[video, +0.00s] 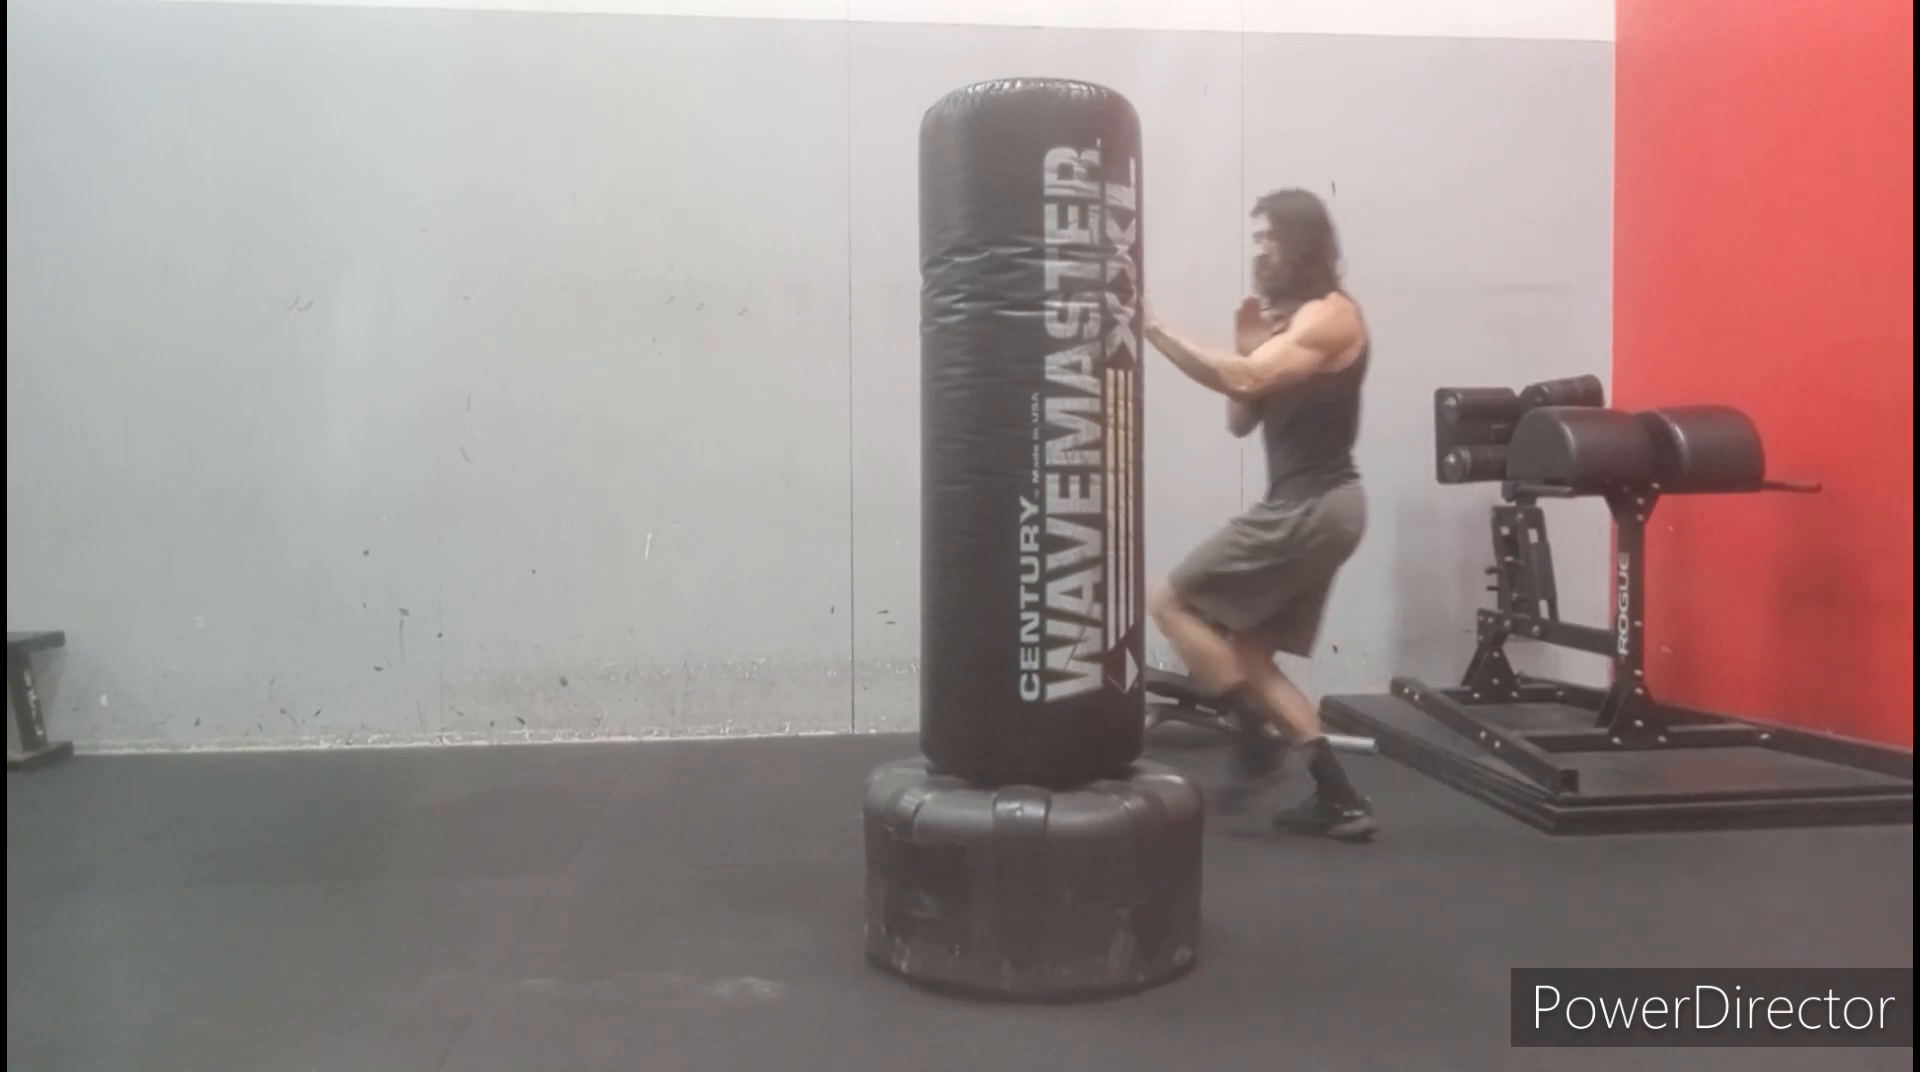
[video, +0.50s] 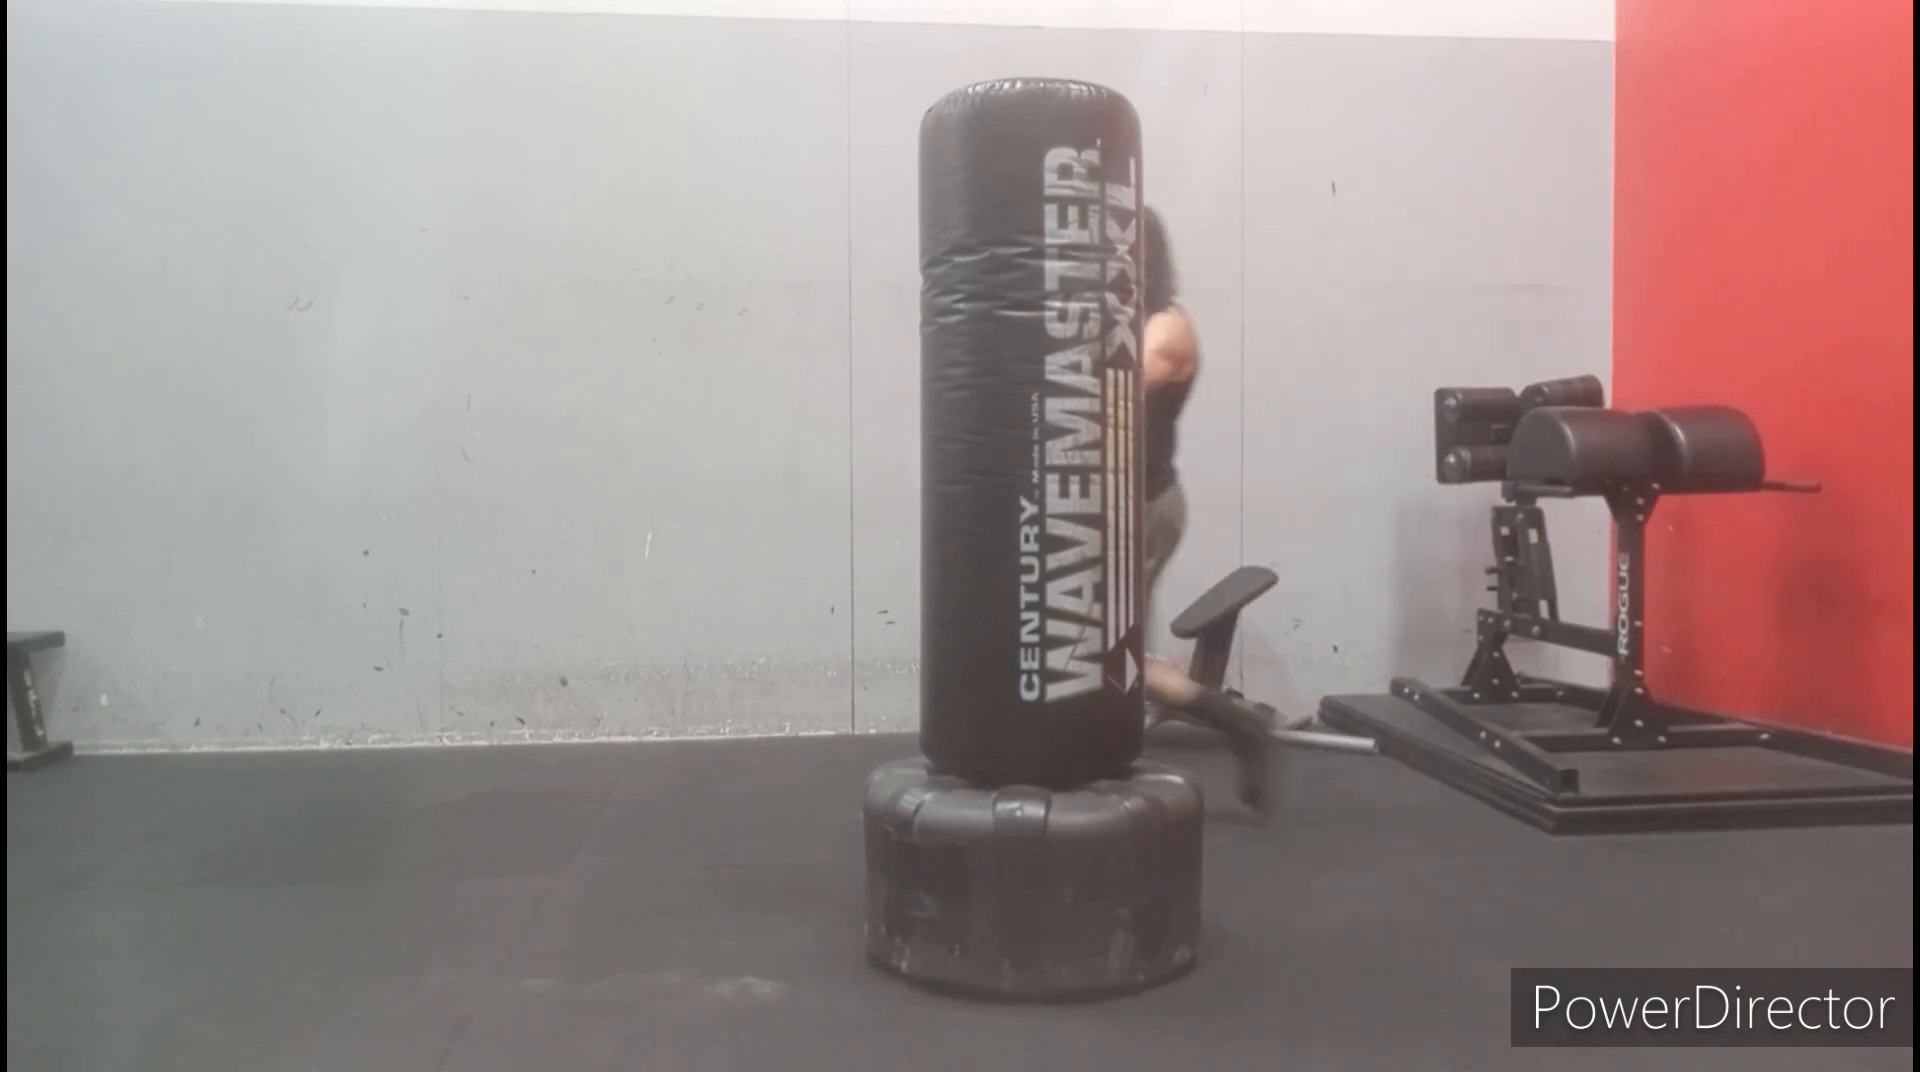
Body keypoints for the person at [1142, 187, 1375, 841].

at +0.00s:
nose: (1257, 255)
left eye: (1269, 242)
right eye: (1256, 242)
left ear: (1307, 249)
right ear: (1269, 248)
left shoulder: (1331, 315)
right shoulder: (1295, 322)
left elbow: (1247, 380)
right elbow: (1238, 421)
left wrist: (1152, 329)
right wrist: (1245, 350)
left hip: (1312, 505)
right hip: (1318, 505)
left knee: (1171, 601)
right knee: (1248, 660)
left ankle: (1252, 722)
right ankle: (1336, 794)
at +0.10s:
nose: (1230, 256)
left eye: (1241, 243)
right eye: (1228, 244)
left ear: (1276, 248)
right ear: (1243, 252)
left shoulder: (1305, 319)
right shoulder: (1259, 326)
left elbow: (1228, 381)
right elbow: (1214, 423)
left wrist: (1140, 342)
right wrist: (1221, 351)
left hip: (1288, 507)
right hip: (1278, 505)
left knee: (1142, 595)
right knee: (1230, 661)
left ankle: (1163, 757)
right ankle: (1336, 797)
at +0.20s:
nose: (1202, 262)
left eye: (1214, 249)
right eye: (1199, 249)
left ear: (1251, 256)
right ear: (1205, 257)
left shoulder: (1275, 324)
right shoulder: (1229, 329)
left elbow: (1202, 386)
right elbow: (1177, 425)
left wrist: (1125, 352)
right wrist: (1190, 354)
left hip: (1251, 513)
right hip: (1256, 511)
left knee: (1114, 603)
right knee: (1215, 671)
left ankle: (1096, 753)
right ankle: (1334, 793)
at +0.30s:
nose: (1170, 261)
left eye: (1181, 249)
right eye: (1167, 249)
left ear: (1215, 255)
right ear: (1166, 256)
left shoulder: (1238, 327)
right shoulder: (1179, 327)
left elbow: (1172, 388)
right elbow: (1137, 420)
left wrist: (1133, 345)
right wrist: (1152, 352)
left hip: (1211, 517)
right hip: (1215, 514)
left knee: (1095, 614)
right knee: (1202, 678)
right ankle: (1328, 786)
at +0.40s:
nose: (1135, 264)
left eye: (1147, 251)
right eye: (1133, 251)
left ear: (1179, 259)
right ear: (1139, 259)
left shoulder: (1199, 329)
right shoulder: (1151, 327)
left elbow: (1132, 390)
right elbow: (1118, 396)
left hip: (1170, 513)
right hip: (1164, 510)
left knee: (1103, 652)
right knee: (1162, 668)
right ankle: (1303, 765)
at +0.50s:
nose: (1104, 273)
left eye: (1112, 259)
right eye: (1105, 259)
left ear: (1133, 263)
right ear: (1156, 260)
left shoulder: (1164, 330)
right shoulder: (1145, 328)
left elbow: (1114, 406)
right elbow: (1119, 403)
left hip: (1147, 502)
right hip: (1141, 499)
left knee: (1114, 656)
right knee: (1114, 654)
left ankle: (1234, 719)